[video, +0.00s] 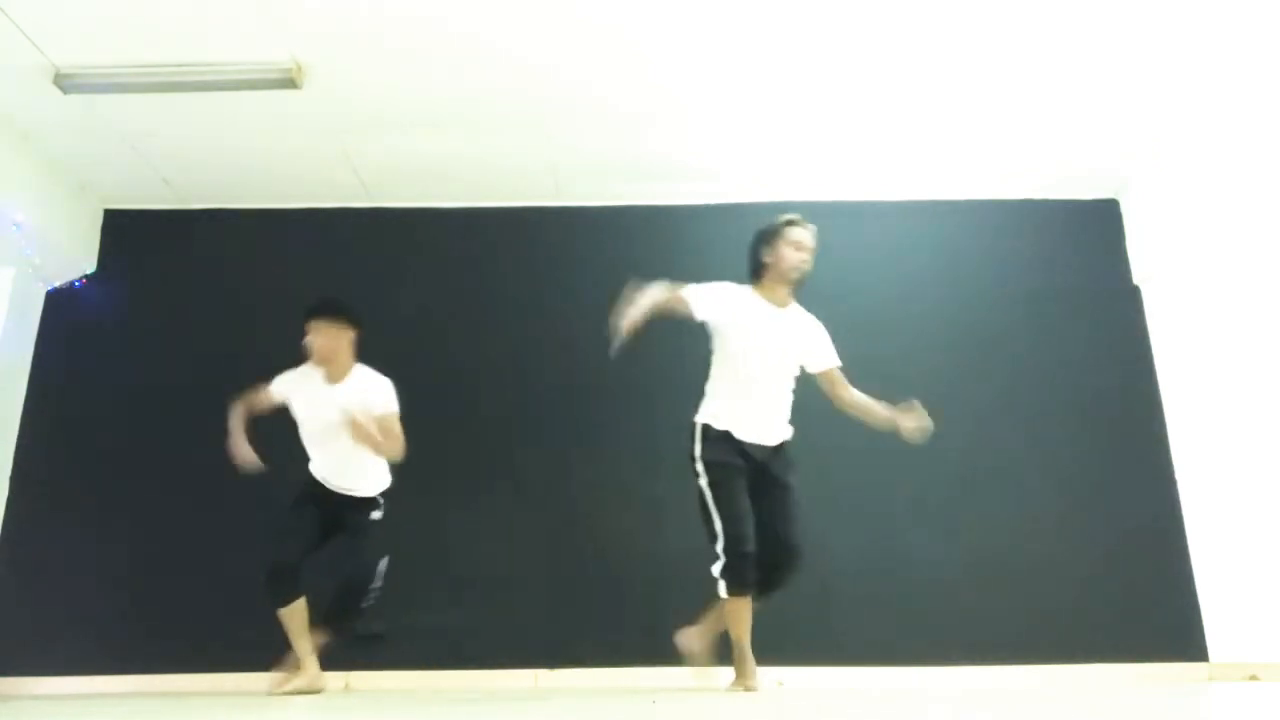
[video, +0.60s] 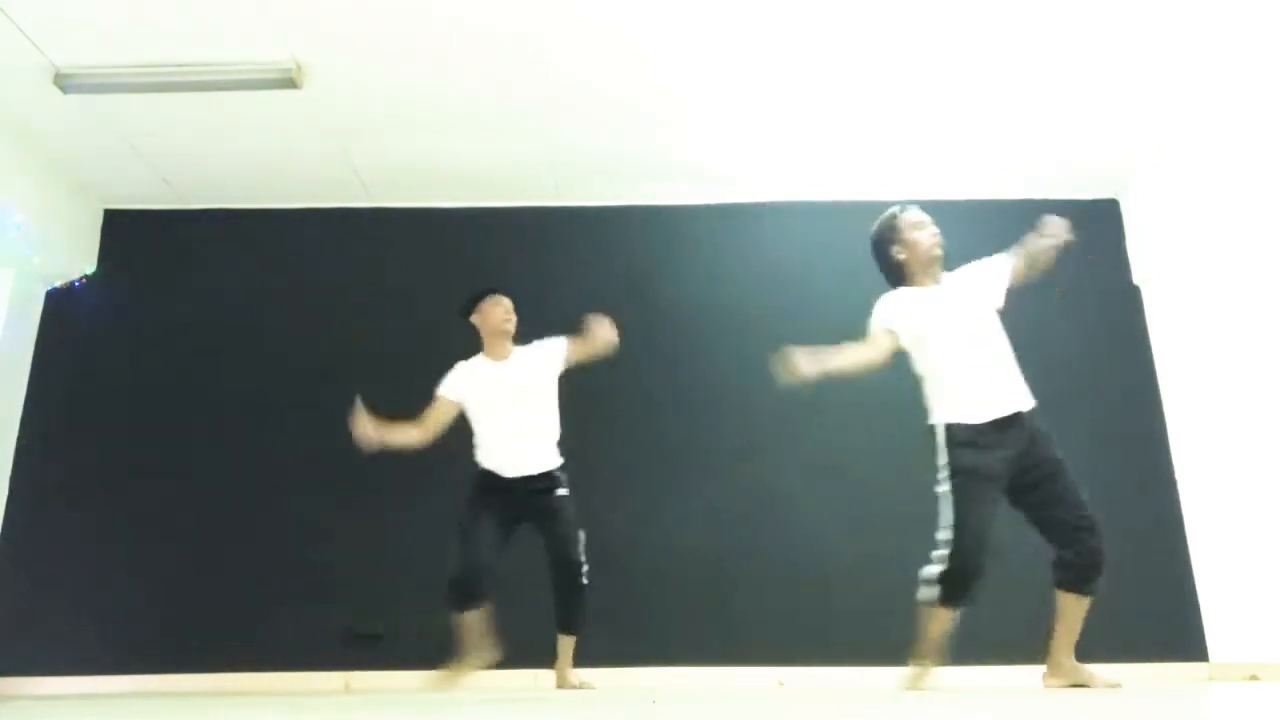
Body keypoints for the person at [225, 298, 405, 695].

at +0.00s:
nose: (314, 341)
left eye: (325, 332)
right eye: (311, 332)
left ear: (349, 336)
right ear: (307, 338)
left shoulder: (376, 387)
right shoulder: (297, 382)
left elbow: (397, 449)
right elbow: (241, 405)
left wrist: (367, 435)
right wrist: (239, 443)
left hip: (365, 504)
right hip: (317, 492)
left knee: (350, 598)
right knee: (281, 568)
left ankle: (296, 657)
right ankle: (309, 670)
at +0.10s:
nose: (344, 324)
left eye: (355, 318)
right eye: (346, 317)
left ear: (381, 328)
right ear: (345, 324)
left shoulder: (395, 383)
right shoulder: (322, 356)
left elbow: (407, 442)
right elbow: (281, 342)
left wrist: (411, 483)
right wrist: (254, 335)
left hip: (380, 499)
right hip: (327, 494)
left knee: (406, 572)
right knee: (283, 569)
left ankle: (398, 646)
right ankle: (310, 671)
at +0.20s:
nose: (380, 318)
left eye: (392, 313)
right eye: (381, 311)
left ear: (413, 328)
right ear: (376, 319)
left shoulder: (419, 382)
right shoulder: (357, 342)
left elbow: (427, 449)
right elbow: (331, 316)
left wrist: (438, 508)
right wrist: (317, 296)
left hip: (397, 495)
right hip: (344, 487)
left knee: (448, 569)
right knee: (293, 565)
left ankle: (489, 655)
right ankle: (310, 673)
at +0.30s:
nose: (414, 315)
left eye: (426, 311)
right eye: (414, 308)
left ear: (446, 326)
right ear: (408, 316)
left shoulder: (452, 382)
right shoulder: (387, 339)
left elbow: (462, 451)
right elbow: (352, 291)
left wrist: (475, 515)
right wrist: (370, 274)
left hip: (427, 492)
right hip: (373, 484)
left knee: (484, 570)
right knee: (317, 568)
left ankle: (550, 661)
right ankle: (312, 675)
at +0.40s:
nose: (447, 316)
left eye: (459, 310)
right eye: (445, 309)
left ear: (480, 324)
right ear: (438, 320)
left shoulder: (494, 377)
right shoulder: (415, 351)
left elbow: (518, 438)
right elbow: (358, 322)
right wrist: (374, 289)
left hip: (473, 493)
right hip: (415, 487)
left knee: (524, 572)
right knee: (357, 566)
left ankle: (559, 672)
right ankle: (317, 675)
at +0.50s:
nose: (491, 318)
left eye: (495, 312)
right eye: (480, 312)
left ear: (503, 322)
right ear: (462, 324)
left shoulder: (525, 370)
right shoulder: (443, 368)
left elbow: (581, 401)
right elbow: (378, 388)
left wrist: (602, 418)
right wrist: (361, 343)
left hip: (519, 491)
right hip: (461, 489)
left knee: (557, 569)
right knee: (406, 570)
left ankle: (563, 672)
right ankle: (359, 669)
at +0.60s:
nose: (508, 312)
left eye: (510, 307)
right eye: (496, 307)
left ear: (515, 317)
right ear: (475, 320)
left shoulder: (545, 354)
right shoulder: (465, 376)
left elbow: (598, 345)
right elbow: (425, 431)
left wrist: (602, 328)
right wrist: (376, 432)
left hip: (548, 482)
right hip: (494, 485)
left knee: (572, 564)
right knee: (473, 562)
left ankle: (565, 670)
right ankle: (478, 648)